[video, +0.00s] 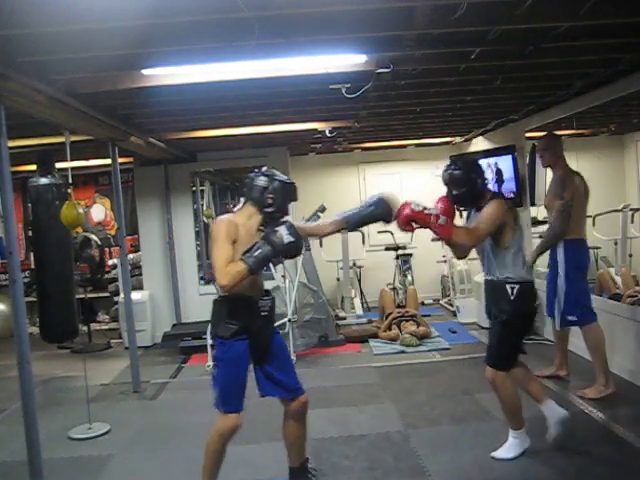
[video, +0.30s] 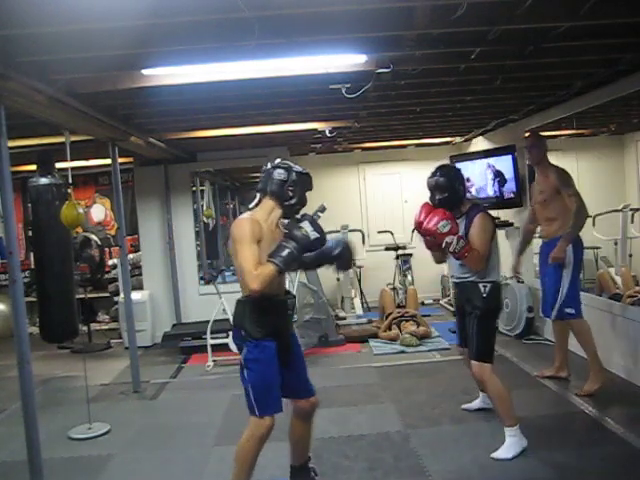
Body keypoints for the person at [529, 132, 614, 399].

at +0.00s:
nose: (539, 156)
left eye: (542, 152)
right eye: (538, 152)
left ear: (555, 152)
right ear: (552, 154)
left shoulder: (565, 181)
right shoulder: (571, 179)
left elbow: (558, 226)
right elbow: (567, 220)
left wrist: (536, 252)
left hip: (569, 249)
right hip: (566, 248)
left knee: (583, 313)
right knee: (559, 309)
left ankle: (604, 380)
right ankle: (560, 365)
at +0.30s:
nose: (529, 153)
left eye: (533, 148)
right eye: (527, 149)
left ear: (544, 148)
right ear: (526, 152)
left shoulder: (558, 175)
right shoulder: (534, 183)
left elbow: (581, 211)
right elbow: (531, 221)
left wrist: (564, 244)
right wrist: (518, 255)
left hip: (567, 245)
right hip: (547, 246)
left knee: (568, 309)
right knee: (554, 309)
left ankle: (597, 370)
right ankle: (560, 366)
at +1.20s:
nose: (550, 155)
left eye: (553, 151)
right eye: (548, 151)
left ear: (567, 150)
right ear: (551, 152)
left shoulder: (582, 177)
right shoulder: (558, 178)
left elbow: (604, 220)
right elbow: (560, 217)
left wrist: (576, 251)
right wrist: (550, 243)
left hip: (582, 251)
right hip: (559, 250)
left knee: (591, 312)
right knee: (557, 309)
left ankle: (597, 370)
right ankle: (561, 364)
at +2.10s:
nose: (514, 161)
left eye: (518, 156)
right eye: (513, 157)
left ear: (533, 154)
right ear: (519, 158)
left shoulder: (552, 175)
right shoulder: (528, 179)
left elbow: (590, 192)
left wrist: (569, 227)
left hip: (557, 248)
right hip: (536, 249)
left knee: (555, 306)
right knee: (547, 308)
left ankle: (581, 364)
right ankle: (563, 364)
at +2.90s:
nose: (519, 160)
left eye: (524, 155)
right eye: (518, 155)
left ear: (540, 155)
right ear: (519, 157)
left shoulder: (553, 180)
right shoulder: (529, 179)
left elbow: (591, 210)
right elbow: (537, 212)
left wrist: (566, 238)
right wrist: (533, 237)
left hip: (554, 255)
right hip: (531, 253)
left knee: (559, 315)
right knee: (528, 310)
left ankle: (562, 379)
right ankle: (550, 358)